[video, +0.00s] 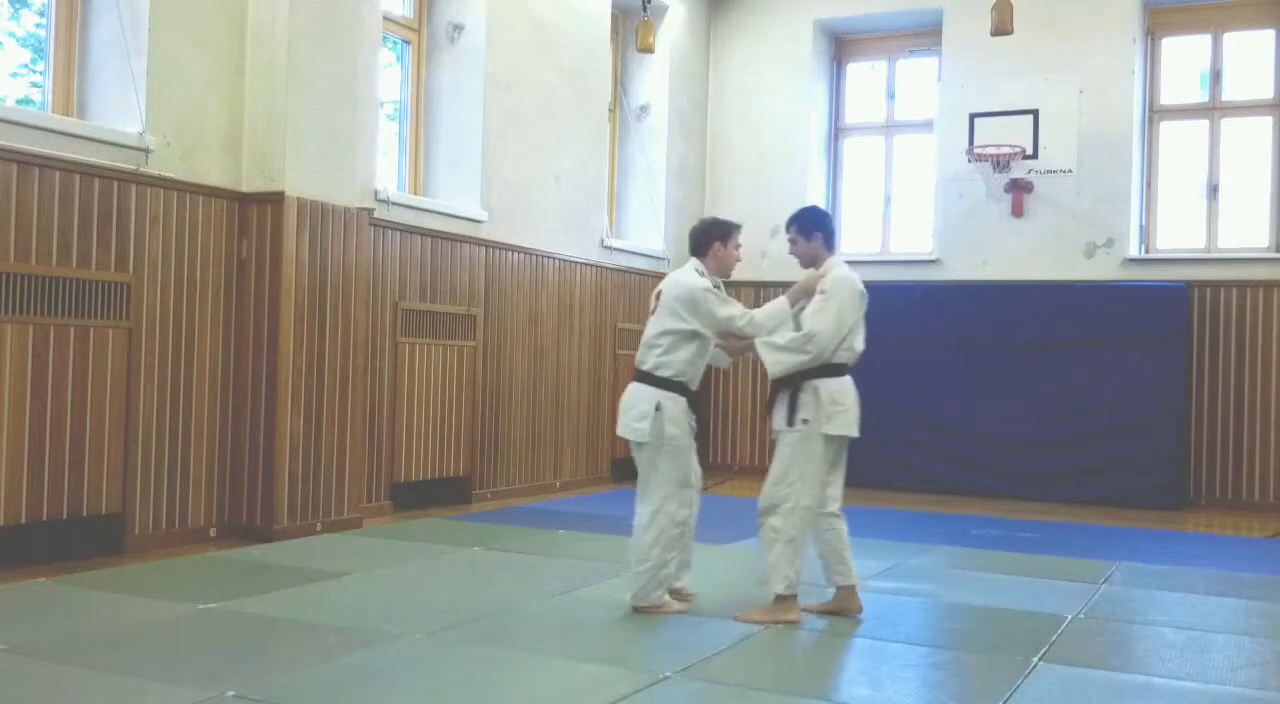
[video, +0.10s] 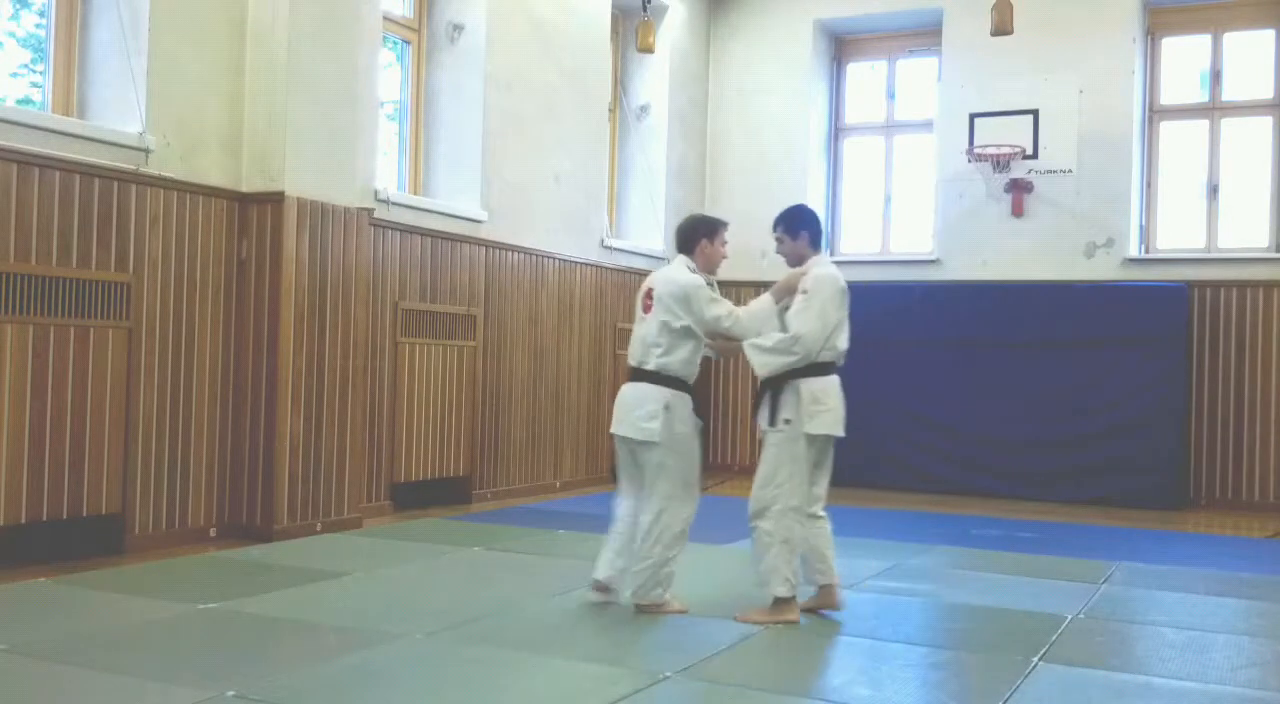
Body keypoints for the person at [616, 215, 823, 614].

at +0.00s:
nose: (740, 256)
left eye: (739, 247)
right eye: (735, 247)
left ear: (710, 249)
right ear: (714, 248)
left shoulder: (688, 282)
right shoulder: (692, 285)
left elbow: (696, 348)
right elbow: (746, 324)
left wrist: (735, 349)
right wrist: (795, 297)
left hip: (668, 401)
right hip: (658, 403)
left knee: (684, 490)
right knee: (670, 494)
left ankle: (669, 580)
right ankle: (647, 594)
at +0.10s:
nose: (726, 253)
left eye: (726, 245)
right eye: (722, 245)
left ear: (689, 245)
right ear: (701, 245)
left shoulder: (656, 279)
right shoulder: (690, 284)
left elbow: (707, 342)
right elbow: (737, 325)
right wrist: (779, 293)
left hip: (632, 398)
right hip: (666, 403)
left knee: (632, 494)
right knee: (675, 497)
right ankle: (650, 592)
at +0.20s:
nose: (705, 253)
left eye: (705, 246)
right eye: (703, 246)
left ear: (666, 245)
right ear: (685, 246)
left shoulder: (635, 281)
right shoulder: (685, 282)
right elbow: (723, 315)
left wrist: (701, 336)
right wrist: (762, 285)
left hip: (630, 402)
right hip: (676, 405)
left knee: (609, 493)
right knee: (710, 485)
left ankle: (588, 580)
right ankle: (674, 568)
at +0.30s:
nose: (689, 259)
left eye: (688, 252)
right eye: (688, 253)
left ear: (650, 254)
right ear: (679, 253)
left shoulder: (624, 294)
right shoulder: (688, 288)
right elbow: (732, 306)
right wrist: (751, 268)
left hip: (642, 411)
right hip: (691, 411)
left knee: (608, 500)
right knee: (715, 497)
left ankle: (586, 589)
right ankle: (713, 587)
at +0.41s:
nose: (688, 270)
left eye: (686, 264)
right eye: (687, 264)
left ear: (648, 266)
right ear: (681, 265)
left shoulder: (626, 309)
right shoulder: (695, 293)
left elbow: (629, 375)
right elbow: (736, 309)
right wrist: (738, 272)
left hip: (655, 420)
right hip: (699, 417)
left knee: (612, 509)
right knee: (703, 503)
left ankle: (588, 596)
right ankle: (720, 589)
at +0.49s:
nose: (685, 270)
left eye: (683, 265)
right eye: (684, 265)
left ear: (644, 266)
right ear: (678, 265)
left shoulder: (621, 308)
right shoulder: (693, 293)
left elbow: (627, 353)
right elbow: (730, 305)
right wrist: (736, 271)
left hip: (649, 419)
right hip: (696, 416)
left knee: (614, 507)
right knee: (708, 507)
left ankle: (592, 595)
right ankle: (717, 590)